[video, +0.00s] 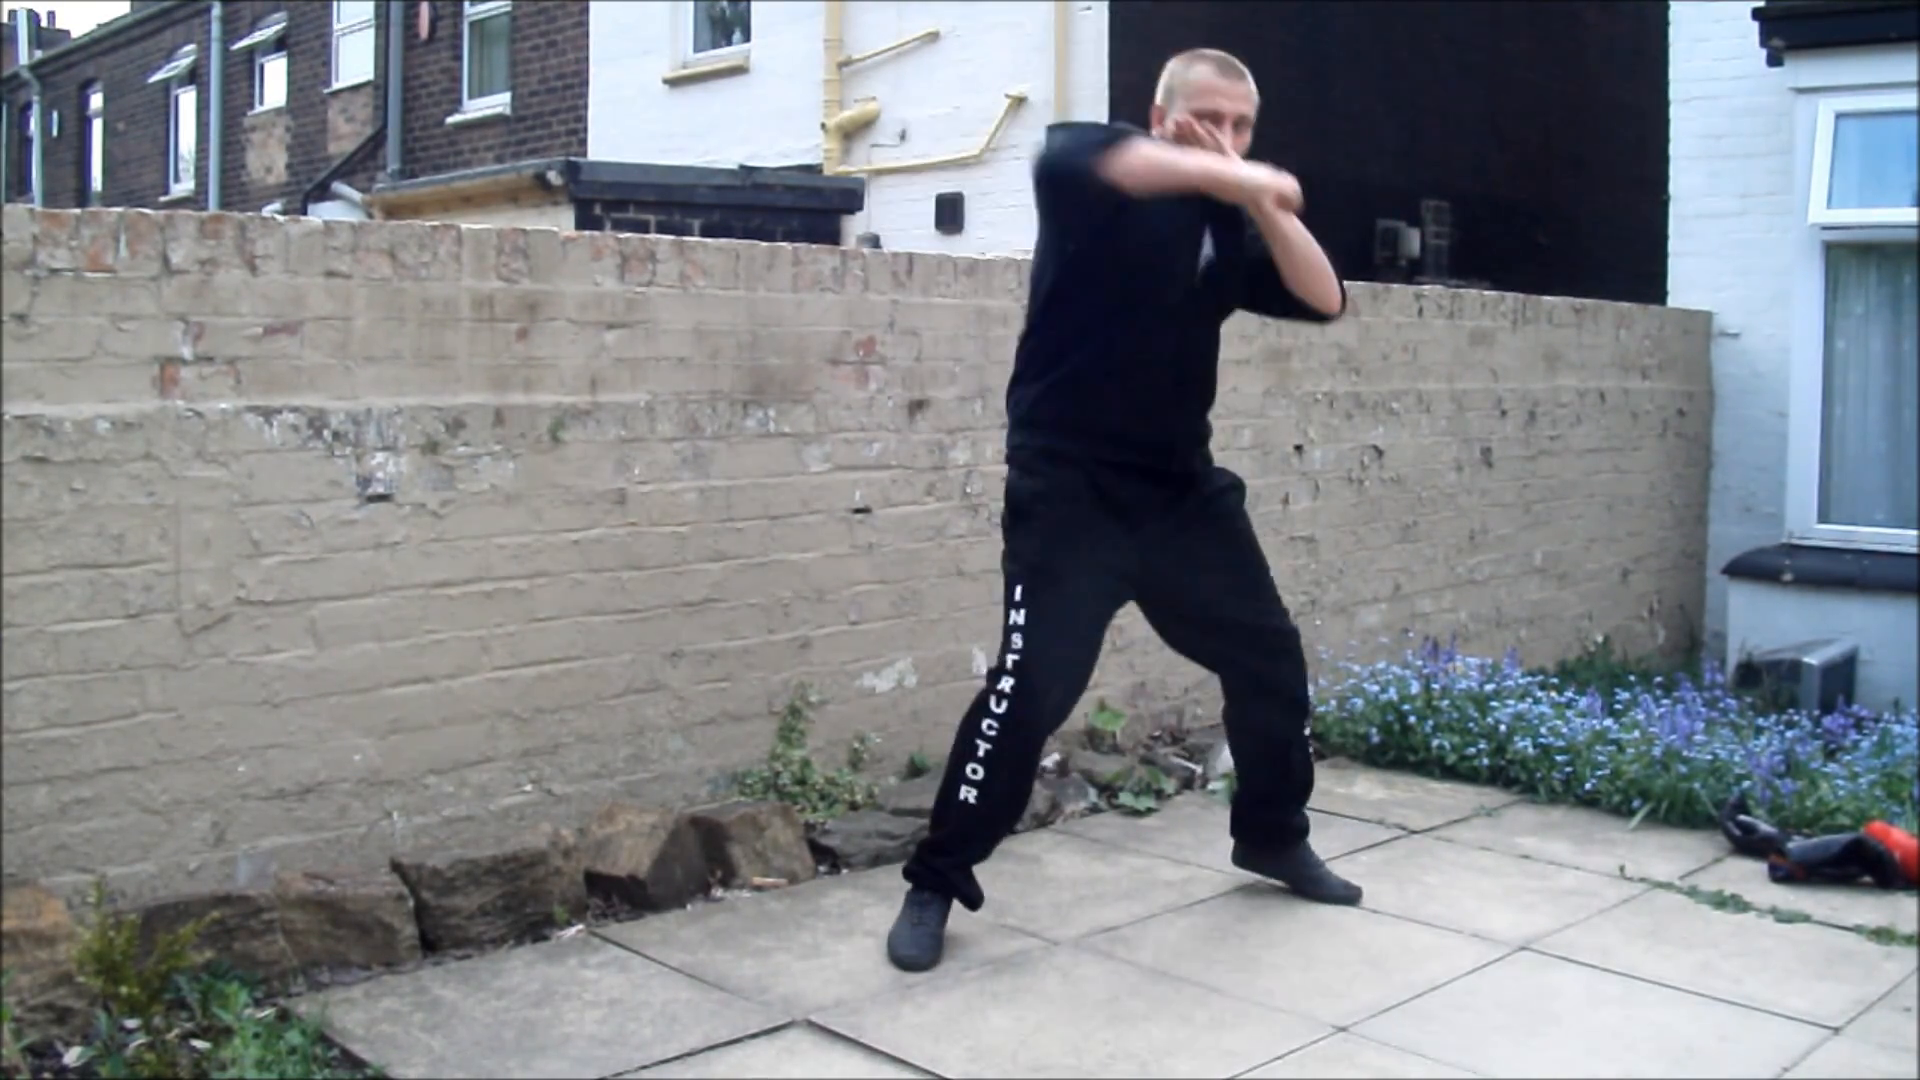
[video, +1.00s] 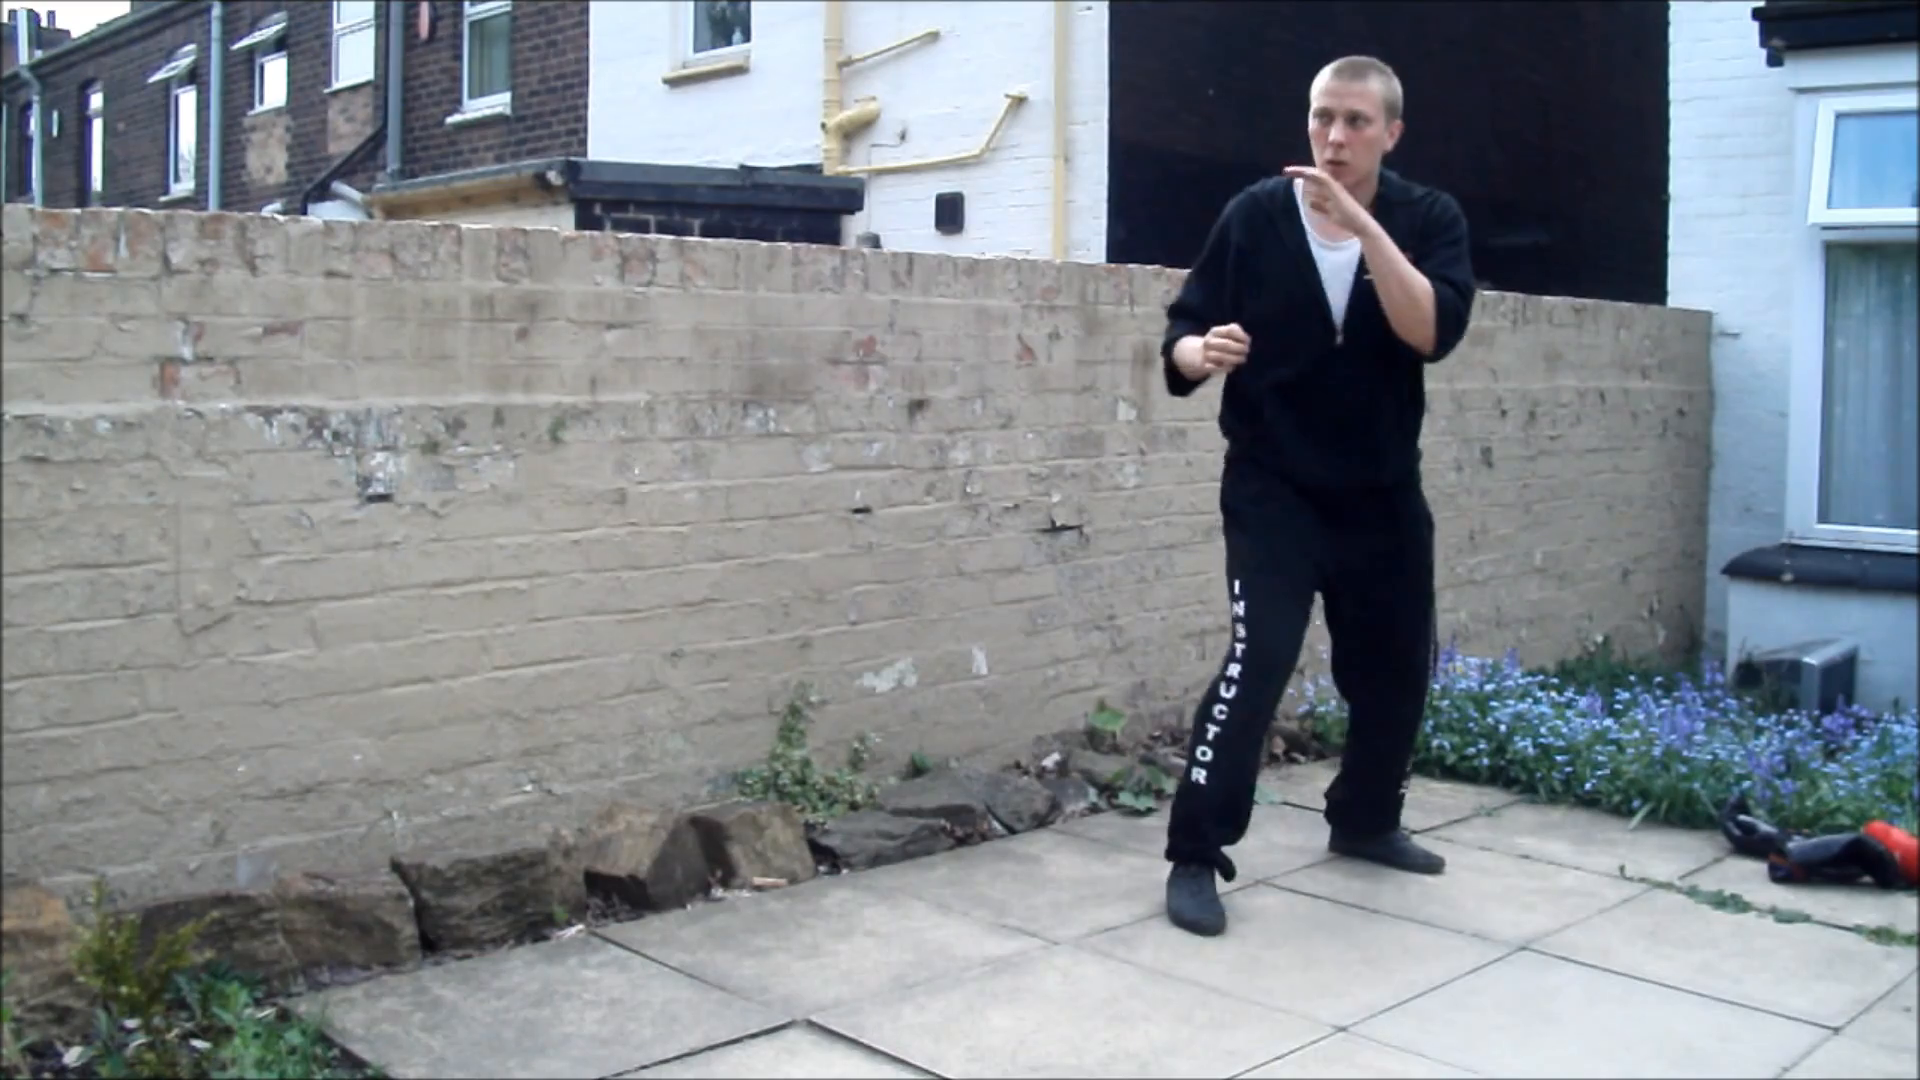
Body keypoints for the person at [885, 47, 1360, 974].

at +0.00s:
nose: (1226, 142)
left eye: (1240, 128)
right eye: (1209, 122)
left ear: (1254, 136)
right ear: (1160, 121)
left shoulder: (1232, 232)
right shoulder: (1084, 166)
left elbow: (1325, 301)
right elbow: (1100, 166)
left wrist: (1269, 206)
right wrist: (1243, 180)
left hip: (1180, 490)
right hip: (1066, 482)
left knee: (1269, 653)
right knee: (1035, 679)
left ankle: (1271, 839)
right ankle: (933, 882)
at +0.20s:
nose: (1291, 183)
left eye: (1306, 170)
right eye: (1275, 163)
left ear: (1314, 176)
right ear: (1227, 153)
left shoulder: (1291, 262)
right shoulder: (1150, 226)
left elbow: (1380, 346)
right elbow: (1068, 347)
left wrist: (1308, 241)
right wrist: (1202, 328)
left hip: (1238, 527)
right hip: (1122, 527)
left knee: (1309, 674)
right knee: (1049, 705)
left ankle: (1267, 855)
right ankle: (935, 887)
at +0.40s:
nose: (1272, 62)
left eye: (1290, 45)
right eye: (1257, 44)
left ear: (1320, 55)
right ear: (1231, 50)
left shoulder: (1353, 143)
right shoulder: (1182, 139)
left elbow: (1381, 256)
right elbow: (1141, 282)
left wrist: (1309, 150)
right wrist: (1241, 201)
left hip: (1307, 433)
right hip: (1194, 423)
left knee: (1300, 633)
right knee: (1151, 621)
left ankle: (1289, 821)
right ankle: (1098, 820)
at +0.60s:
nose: (1273, 108)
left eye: (1291, 93)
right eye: (1259, 94)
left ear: (1327, 102)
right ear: (1242, 104)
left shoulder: (1378, 196)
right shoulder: (1205, 197)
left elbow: (1379, 315)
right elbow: (1157, 327)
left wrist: (1322, 197)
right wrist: (1243, 216)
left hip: (1349, 469)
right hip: (1234, 466)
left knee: (1356, 652)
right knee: (1237, 654)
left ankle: (1365, 817)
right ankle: (1229, 817)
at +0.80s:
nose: (1313, 127)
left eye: (1332, 112)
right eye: (1300, 110)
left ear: (1368, 118)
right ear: (1282, 115)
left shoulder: (1412, 196)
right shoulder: (1241, 205)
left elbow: (1395, 315)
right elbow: (1211, 358)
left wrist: (1325, 208)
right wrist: (1227, 337)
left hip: (1378, 478)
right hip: (1262, 472)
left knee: (1378, 660)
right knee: (1229, 647)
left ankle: (1364, 821)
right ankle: (1207, 818)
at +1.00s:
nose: (1334, 136)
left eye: (1355, 121)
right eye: (1324, 118)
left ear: (1393, 134)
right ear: (1305, 126)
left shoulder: (1429, 219)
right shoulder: (1255, 215)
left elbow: (1434, 331)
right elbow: (1181, 348)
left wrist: (1363, 226)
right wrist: (1197, 353)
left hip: (1382, 488)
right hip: (1272, 483)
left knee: (1396, 671)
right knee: (1262, 657)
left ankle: (1365, 823)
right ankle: (1195, 857)